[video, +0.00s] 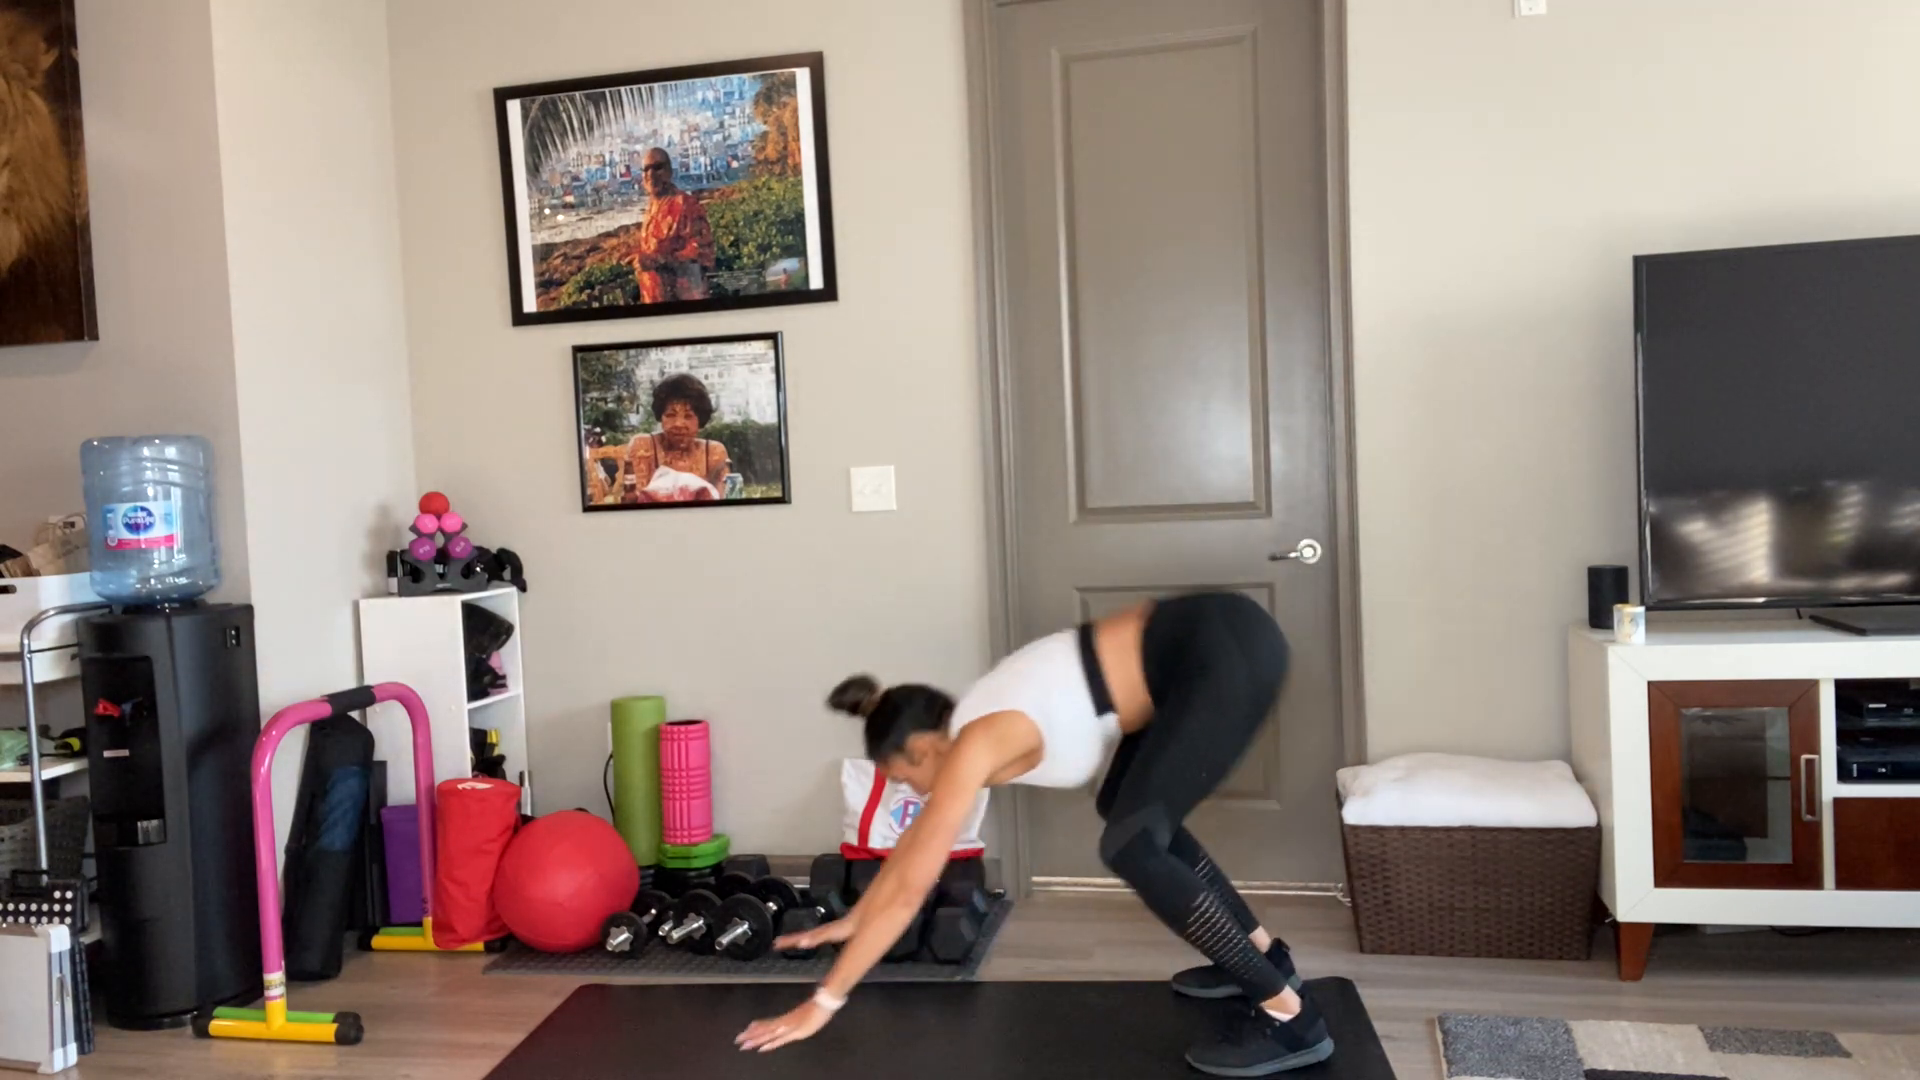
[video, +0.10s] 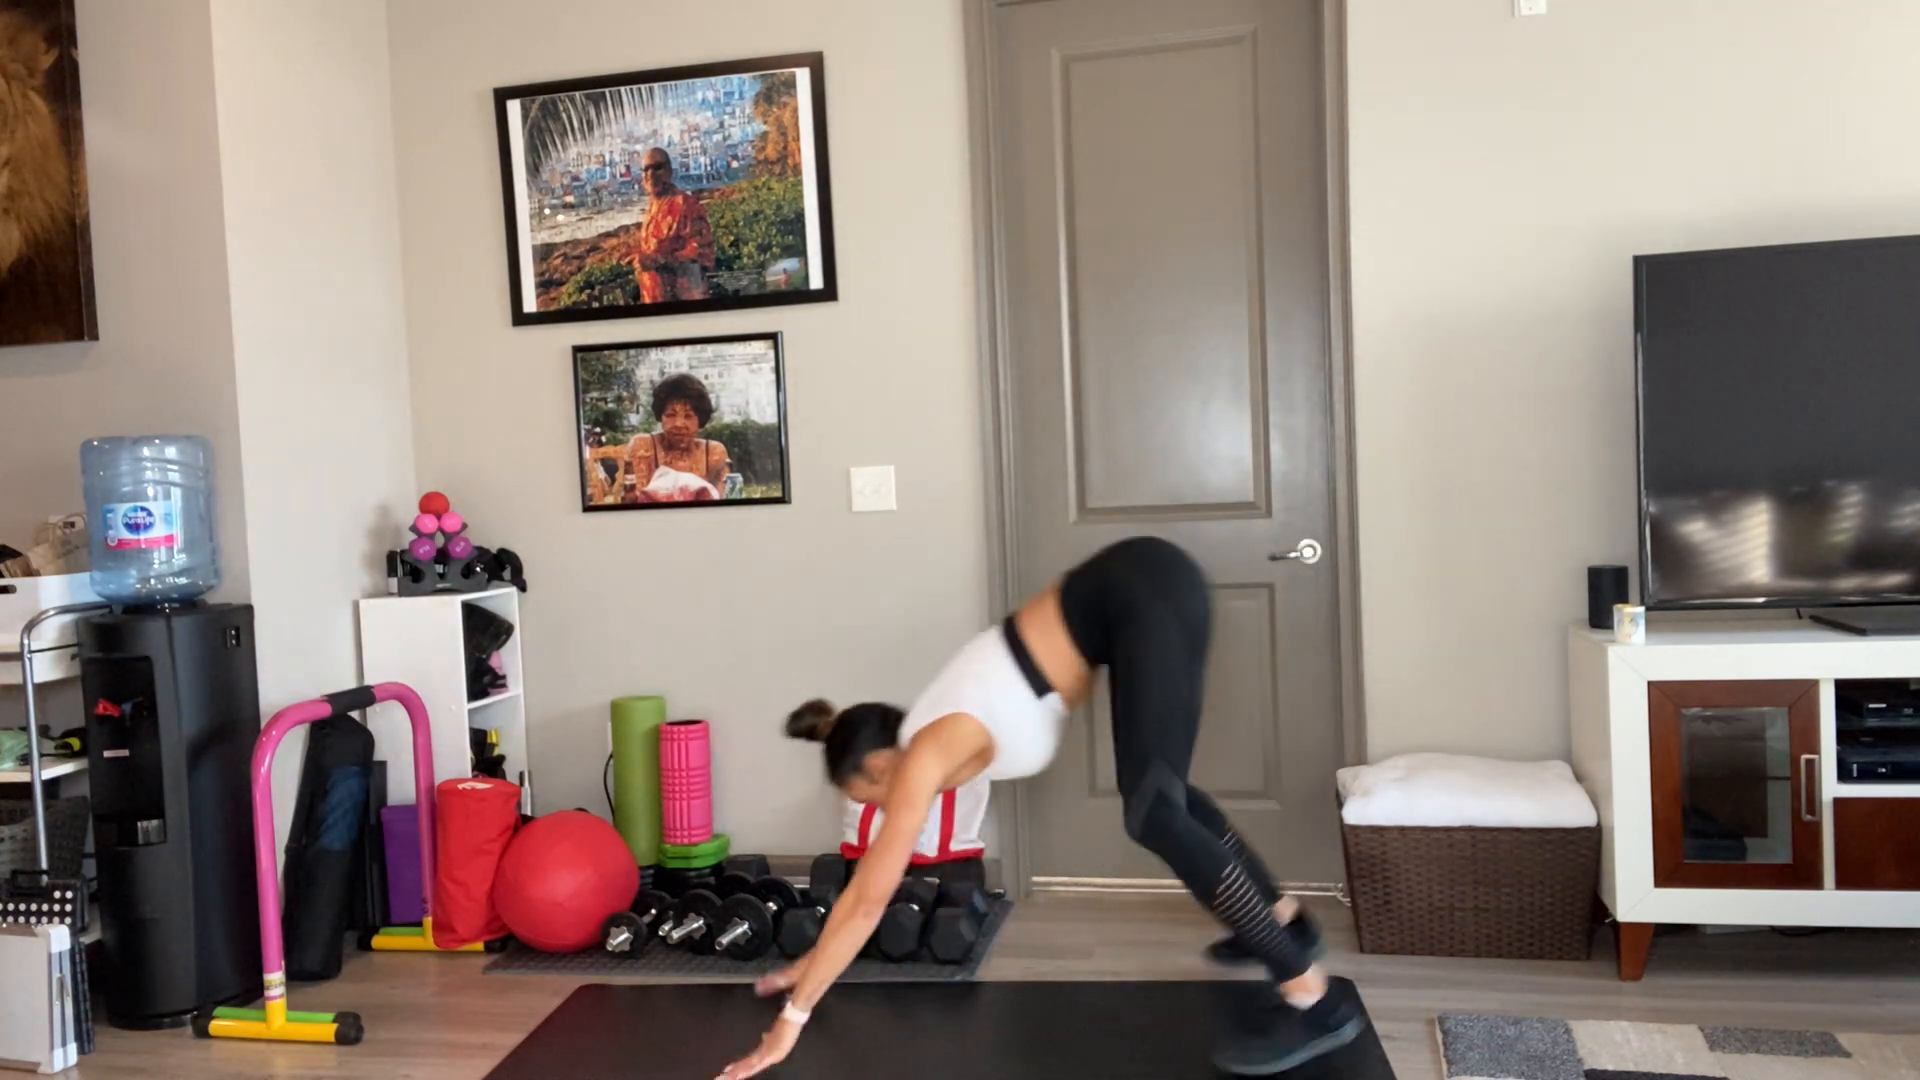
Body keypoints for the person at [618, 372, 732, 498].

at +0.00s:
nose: (679, 424)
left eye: (688, 416)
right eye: (670, 415)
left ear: (700, 420)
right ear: (660, 418)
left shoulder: (715, 451)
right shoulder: (641, 446)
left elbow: (719, 500)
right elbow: (638, 499)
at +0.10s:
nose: (679, 424)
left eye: (688, 416)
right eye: (670, 415)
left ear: (700, 420)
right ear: (660, 418)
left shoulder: (715, 451)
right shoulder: (641, 446)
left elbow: (719, 501)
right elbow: (637, 499)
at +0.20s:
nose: (679, 424)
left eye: (688, 416)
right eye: (670, 415)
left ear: (701, 420)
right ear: (660, 418)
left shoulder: (715, 451)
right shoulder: (641, 446)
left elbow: (720, 501)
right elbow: (636, 499)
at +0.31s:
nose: (679, 424)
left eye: (688, 416)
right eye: (671, 415)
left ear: (701, 420)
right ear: (660, 418)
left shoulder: (715, 451)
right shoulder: (641, 446)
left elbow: (719, 501)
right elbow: (637, 499)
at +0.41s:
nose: (679, 424)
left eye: (688, 416)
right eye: (670, 415)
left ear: (701, 420)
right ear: (660, 418)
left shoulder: (715, 451)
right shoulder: (641, 446)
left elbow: (719, 501)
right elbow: (637, 499)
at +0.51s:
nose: (679, 424)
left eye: (688, 416)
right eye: (671, 415)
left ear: (701, 420)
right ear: (660, 418)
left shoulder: (715, 451)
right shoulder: (642, 446)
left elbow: (719, 501)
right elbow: (638, 499)